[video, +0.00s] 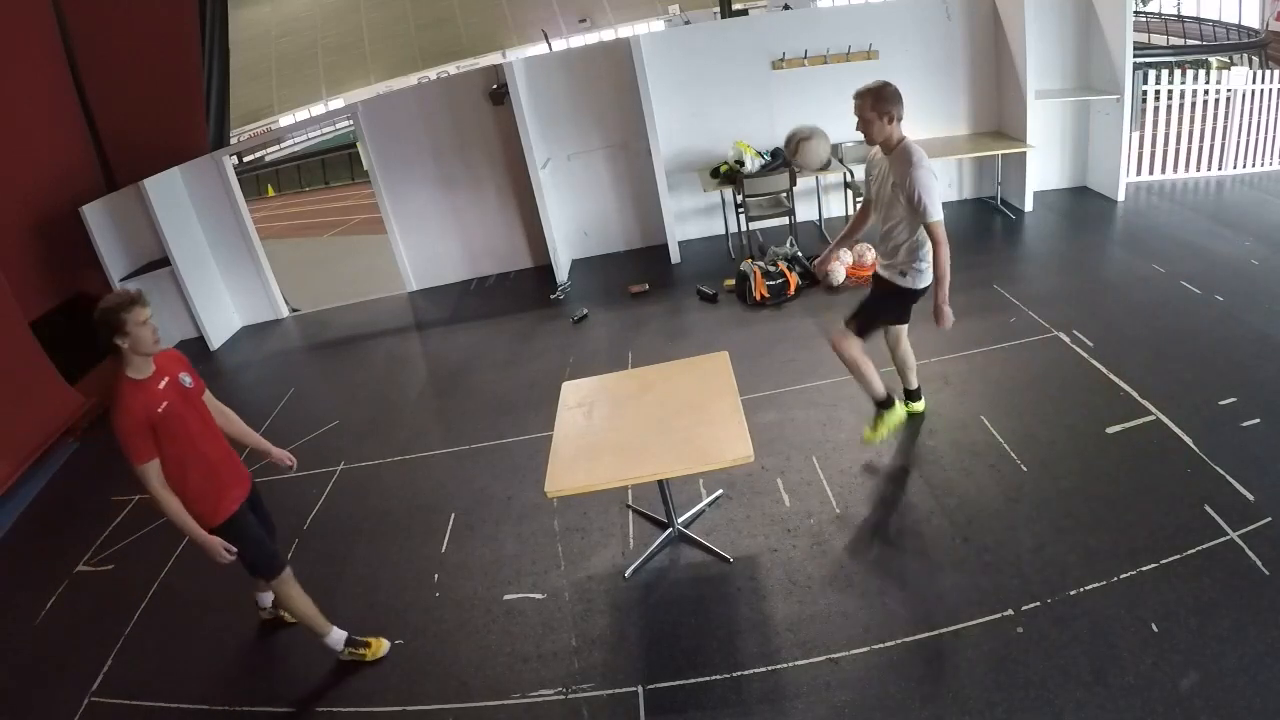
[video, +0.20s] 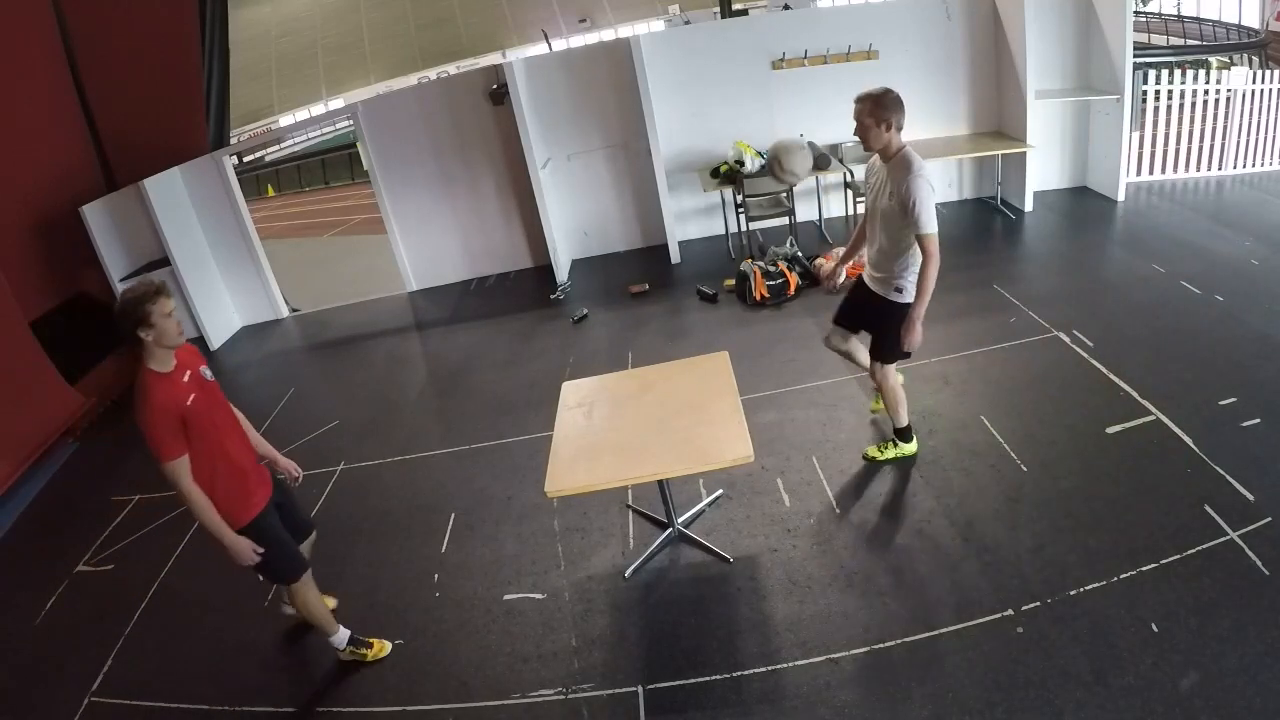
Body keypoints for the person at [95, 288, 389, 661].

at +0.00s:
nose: (154, 326)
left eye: (151, 318)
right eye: (143, 324)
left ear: (150, 319)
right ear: (121, 340)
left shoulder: (172, 360)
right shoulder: (128, 408)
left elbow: (216, 410)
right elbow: (156, 486)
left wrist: (267, 448)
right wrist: (201, 537)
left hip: (239, 480)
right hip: (215, 507)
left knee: (262, 547)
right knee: (278, 570)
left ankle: (267, 605)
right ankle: (339, 642)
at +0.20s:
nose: (179, 320)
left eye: (175, 312)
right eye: (169, 317)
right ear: (145, 333)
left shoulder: (187, 354)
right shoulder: (154, 402)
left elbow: (226, 410)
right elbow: (185, 484)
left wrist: (273, 455)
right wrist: (229, 539)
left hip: (260, 478)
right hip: (240, 508)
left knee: (304, 537)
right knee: (295, 572)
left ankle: (296, 598)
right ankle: (343, 642)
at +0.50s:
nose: (206, 308)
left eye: (202, 300)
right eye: (196, 304)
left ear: (176, 318)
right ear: (170, 321)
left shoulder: (203, 347)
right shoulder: (176, 385)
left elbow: (244, 412)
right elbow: (214, 475)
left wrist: (284, 452)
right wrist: (283, 513)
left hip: (276, 477)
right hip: (254, 507)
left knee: (312, 541)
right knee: (305, 574)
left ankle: (335, 606)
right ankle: (342, 642)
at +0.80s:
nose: (231, 307)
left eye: (228, 299)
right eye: (222, 302)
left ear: (201, 313)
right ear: (194, 316)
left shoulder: (219, 345)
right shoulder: (195, 380)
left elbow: (255, 410)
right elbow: (226, 470)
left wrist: (301, 447)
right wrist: (292, 509)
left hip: (281, 479)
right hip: (260, 506)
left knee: (319, 537)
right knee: (310, 574)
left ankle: (337, 608)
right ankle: (344, 643)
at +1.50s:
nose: (271, 324)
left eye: (272, 315)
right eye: (266, 315)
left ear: (238, 311)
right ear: (236, 312)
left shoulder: (245, 345)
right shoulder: (215, 369)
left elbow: (257, 424)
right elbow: (224, 465)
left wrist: (284, 474)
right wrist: (267, 523)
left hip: (289, 483)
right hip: (272, 507)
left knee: (328, 557)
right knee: (329, 569)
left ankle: (347, 624)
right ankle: (364, 643)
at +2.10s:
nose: (267, 308)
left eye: (266, 298)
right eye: (259, 301)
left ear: (236, 305)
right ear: (231, 306)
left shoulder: (241, 340)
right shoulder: (220, 366)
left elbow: (260, 410)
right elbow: (240, 455)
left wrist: (297, 455)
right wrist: (294, 504)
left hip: (297, 464)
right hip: (287, 481)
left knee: (338, 528)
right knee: (382, 484)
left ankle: (366, 614)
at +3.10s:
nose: (281, 289)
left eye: (277, 280)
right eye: (271, 283)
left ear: (250, 294)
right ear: (244, 297)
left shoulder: (268, 329)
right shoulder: (245, 363)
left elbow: (297, 402)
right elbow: (271, 457)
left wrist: (333, 443)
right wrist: (335, 503)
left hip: (327, 468)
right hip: (310, 492)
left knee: (352, 548)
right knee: (353, 561)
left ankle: (367, 608)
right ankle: (390, 629)